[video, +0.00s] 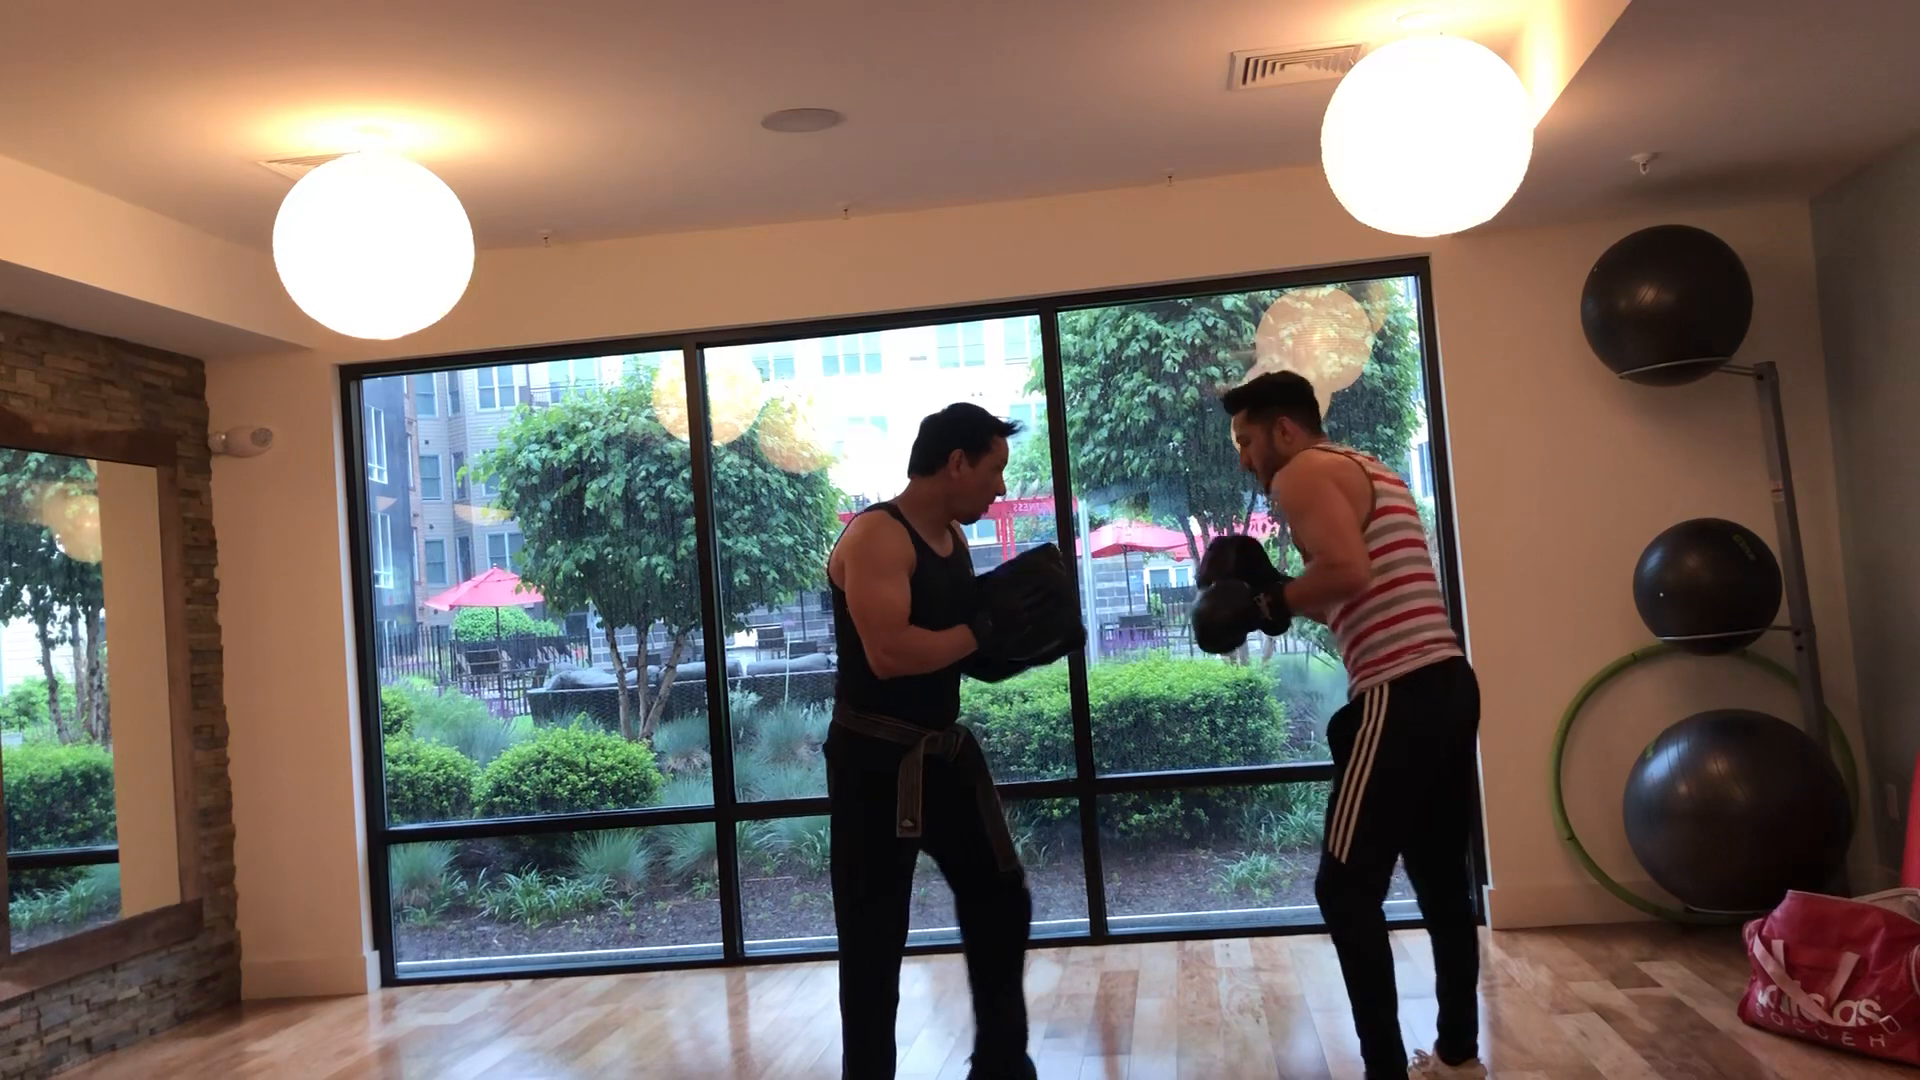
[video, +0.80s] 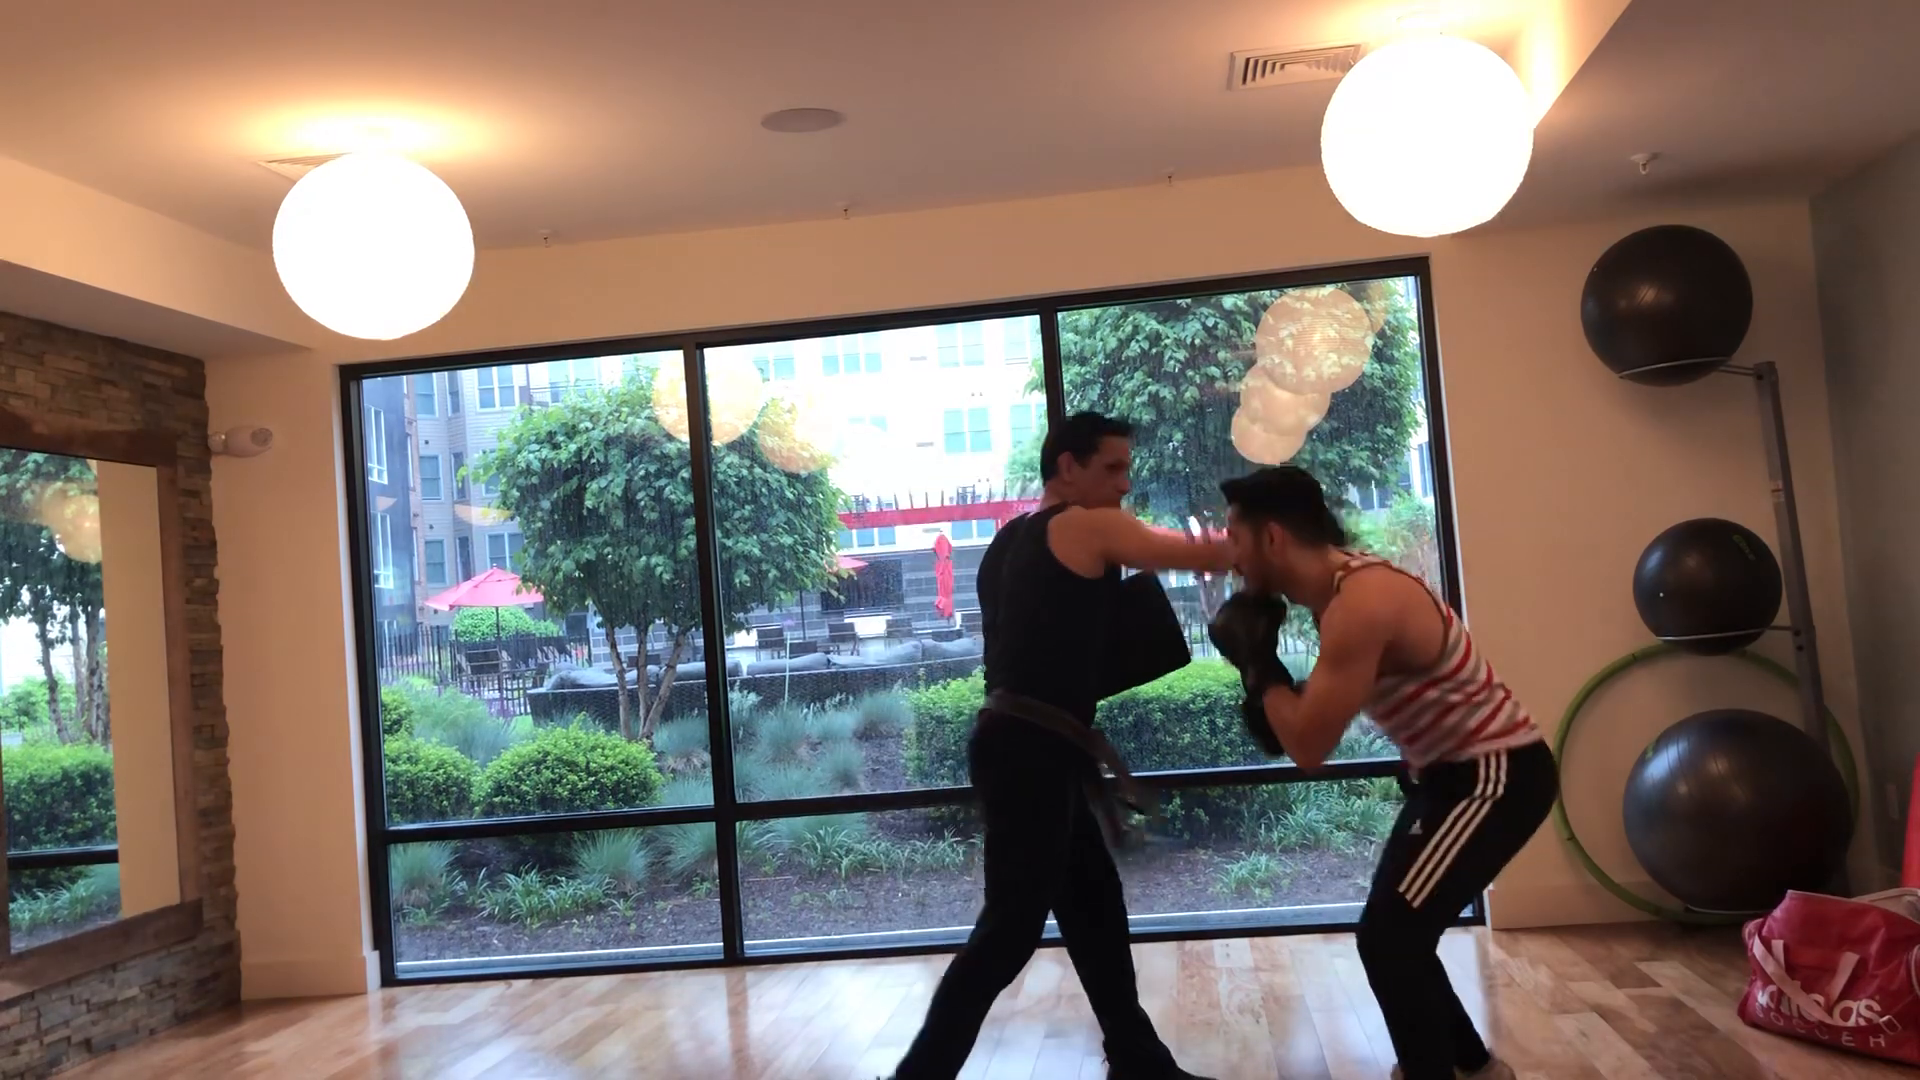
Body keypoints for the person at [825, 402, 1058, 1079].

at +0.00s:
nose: (999, 489)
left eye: (1002, 474)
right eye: (996, 472)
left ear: (956, 466)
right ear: (955, 463)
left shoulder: (949, 539)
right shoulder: (874, 535)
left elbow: (954, 636)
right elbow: (888, 652)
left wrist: (1022, 605)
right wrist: (986, 630)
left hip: (944, 748)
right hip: (873, 754)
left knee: (1000, 906)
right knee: (873, 938)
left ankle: (1001, 1068)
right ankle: (869, 1075)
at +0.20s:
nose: (1015, 495)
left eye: (1017, 480)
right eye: (1011, 478)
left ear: (972, 474)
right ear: (971, 471)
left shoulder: (969, 549)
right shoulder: (888, 550)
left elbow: (971, 650)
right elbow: (877, 674)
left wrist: (1035, 678)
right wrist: (982, 700)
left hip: (964, 754)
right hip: (895, 760)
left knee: (1030, 909)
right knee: (898, 942)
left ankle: (1098, 1059)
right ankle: (873, 1076)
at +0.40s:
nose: (1052, 501)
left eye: (1053, 486)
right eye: (1046, 485)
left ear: (1007, 482)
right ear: (1007, 481)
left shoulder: (1011, 559)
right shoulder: (932, 560)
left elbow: (1028, 659)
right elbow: (877, 660)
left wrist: (1087, 603)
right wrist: (984, 676)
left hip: (1025, 769)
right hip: (959, 776)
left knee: (1100, 915)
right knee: (954, 954)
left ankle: (1137, 1065)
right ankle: (890, 1077)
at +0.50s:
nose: (1077, 492)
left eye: (1078, 478)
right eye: (1070, 478)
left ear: (1028, 479)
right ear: (1030, 476)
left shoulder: (1029, 560)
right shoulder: (966, 547)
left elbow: (1068, 649)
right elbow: (938, 631)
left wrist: (1119, 590)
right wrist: (1038, 611)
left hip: (1047, 763)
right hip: (991, 767)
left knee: (1124, 907)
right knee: (991, 947)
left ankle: (1143, 1061)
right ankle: (896, 1074)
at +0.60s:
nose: (1096, 488)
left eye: (1097, 475)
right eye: (1088, 473)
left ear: (1048, 473)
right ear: (1046, 469)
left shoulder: (1047, 541)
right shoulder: (1013, 528)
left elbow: (1093, 660)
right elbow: (1073, 590)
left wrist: (1175, 600)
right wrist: (1144, 549)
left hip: (1053, 754)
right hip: (1011, 754)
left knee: (1113, 909)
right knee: (1007, 931)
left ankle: (1142, 1060)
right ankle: (902, 1072)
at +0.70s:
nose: (1110, 483)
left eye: (1111, 470)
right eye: (1101, 469)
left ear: (1048, 472)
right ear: (1054, 466)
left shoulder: (1005, 544)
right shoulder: (1068, 520)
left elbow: (1048, 662)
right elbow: (1189, 524)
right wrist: (1287, 517)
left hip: (1027, 749)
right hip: (1022, 752)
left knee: (1098, 909)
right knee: (1002, 929)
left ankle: (1139, 1062)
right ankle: (912, 1072)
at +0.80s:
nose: (1124, 483)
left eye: (1126, 470)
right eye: (1114, 470)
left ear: (1065, 473)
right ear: (1065, 468)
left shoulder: (1017, 539)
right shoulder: (1092, 527)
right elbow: (1204, 553)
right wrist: (1288, 551)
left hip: (1019, 745)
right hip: (1033, 750)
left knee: (1094, 908)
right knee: (1011, 928)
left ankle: (1139, 1061)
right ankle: (920, 1072)